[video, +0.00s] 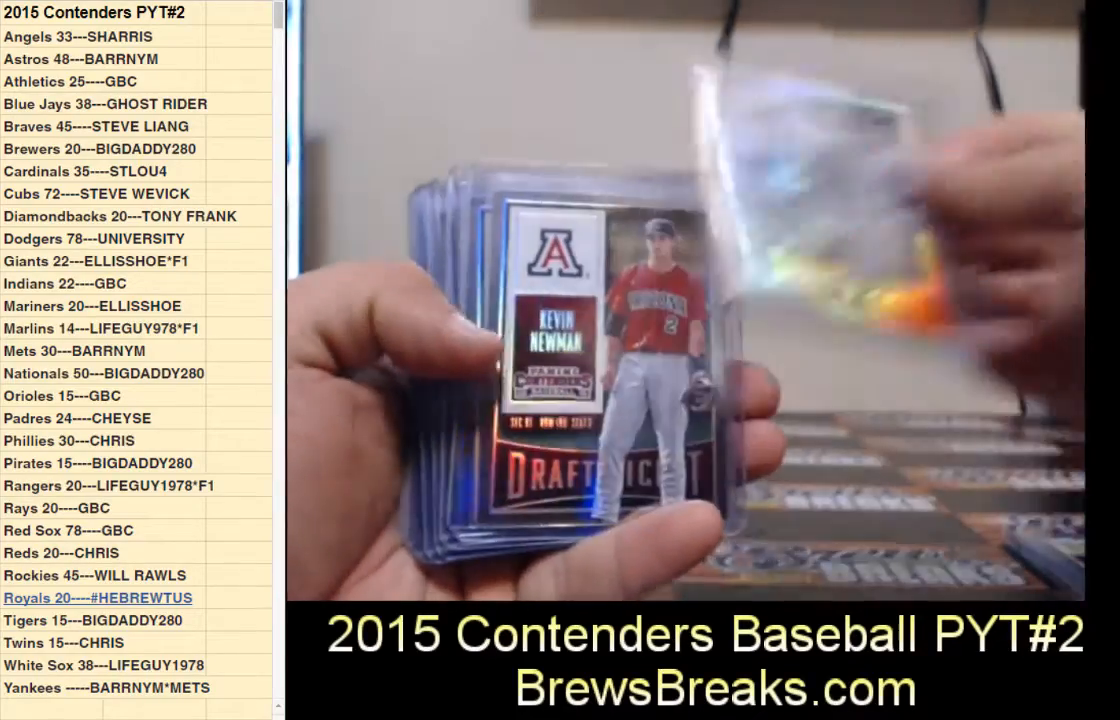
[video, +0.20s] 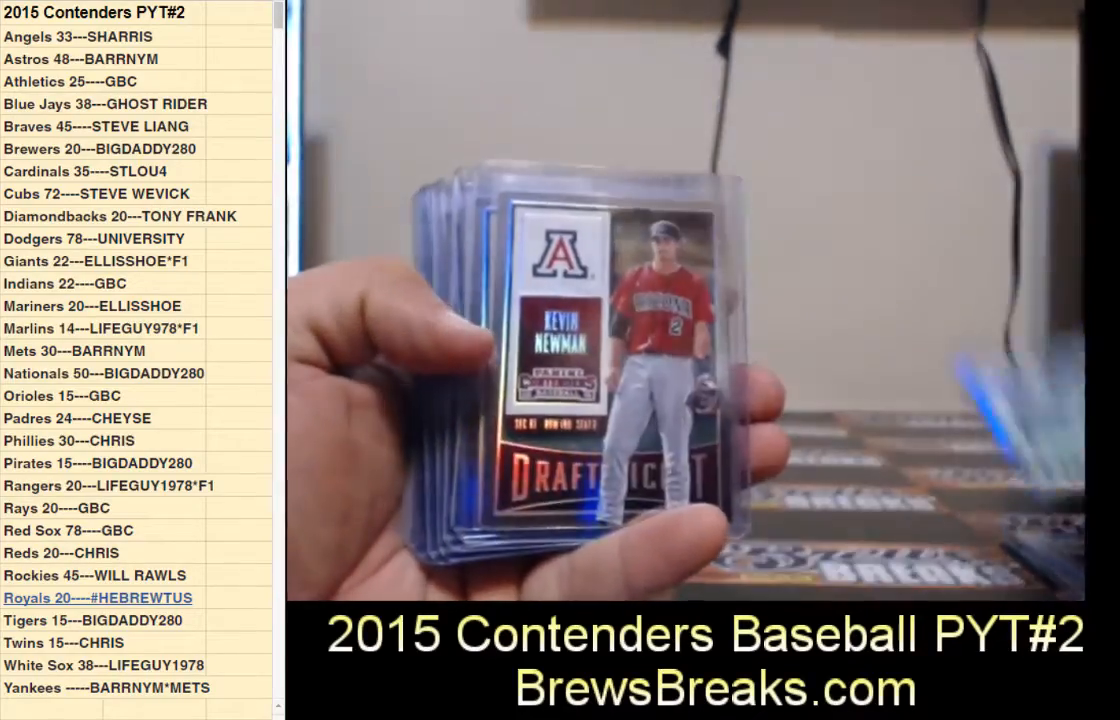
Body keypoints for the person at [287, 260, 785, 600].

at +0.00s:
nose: (663, 246)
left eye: (671, 238)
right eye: (656, 238)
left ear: (681, 244)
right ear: (646, 241)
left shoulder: (691, 285)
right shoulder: (630, 279)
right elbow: (616, 326)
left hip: (668, 369)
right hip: (631, 367)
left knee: (670, 440)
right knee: (622, 439)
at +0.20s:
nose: (664, 252)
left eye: (670, 245)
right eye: (658, 244)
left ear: (681, 248)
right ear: (650, 247)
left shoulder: (696, 287)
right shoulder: (637, 280)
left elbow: (700, 329)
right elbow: (621, 325)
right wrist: (613, 374)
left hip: (672, 368)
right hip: (638, 364)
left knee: (674, 439)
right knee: (628, 440)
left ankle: (677, 473)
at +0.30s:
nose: (665, 252)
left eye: (671, 245)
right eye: (659, 245)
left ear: (682, 248)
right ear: (649, 247)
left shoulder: (695, 287)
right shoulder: (635, 281)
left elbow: (699, 330)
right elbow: (620, 325)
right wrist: (613, 372)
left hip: (674, 368)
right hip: (637, 366)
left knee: (675, 438)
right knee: (628, 439)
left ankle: (678, 474)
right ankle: (626, 474)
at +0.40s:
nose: (663, 252)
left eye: (670, 245)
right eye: (658, 245)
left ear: (681, 247)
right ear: (650, 246)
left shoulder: (695, 286)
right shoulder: (636, 280)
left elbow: (699, 329)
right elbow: (620, 324)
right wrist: (614, 373)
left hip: (673, 367)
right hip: (638, 365)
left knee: (675, 437)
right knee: (629, 439)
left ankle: (678, 473)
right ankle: (628, 473)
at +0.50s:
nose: (664, 252)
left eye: (671, 245)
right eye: (658, 245)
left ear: (683, 249)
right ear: (648, 247)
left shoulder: (696, 287)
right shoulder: (636, 281)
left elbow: (701, 329)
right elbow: (620, 325)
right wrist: (612, 373)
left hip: (676, 367)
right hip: (637, 365)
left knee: (675, 436)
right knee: (628, 438)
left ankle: (678, 470)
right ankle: (628, 472)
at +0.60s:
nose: (663, 250)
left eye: (670, 243)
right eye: (657, 242)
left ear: (682, 247)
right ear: (648, 246)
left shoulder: (695, 287)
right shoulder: (634, 279)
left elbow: (700, 327)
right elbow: (618, 322)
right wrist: (612, 367)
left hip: (676, 366)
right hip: (636, 364)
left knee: (677, 437)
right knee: (627, 440)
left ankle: (679, 474)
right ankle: (627, 474)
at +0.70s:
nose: (662, 251)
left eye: (668, 244)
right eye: (656, 244)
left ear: (680, 249)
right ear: (648, 247)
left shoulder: (695, 287)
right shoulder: (635, 279)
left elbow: (701, 328)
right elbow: (619, 324)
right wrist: (611, 372)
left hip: (674, 368)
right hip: (635, 366)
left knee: (673, 438)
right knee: (627, 439)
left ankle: (673, 462)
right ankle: (631, 468)